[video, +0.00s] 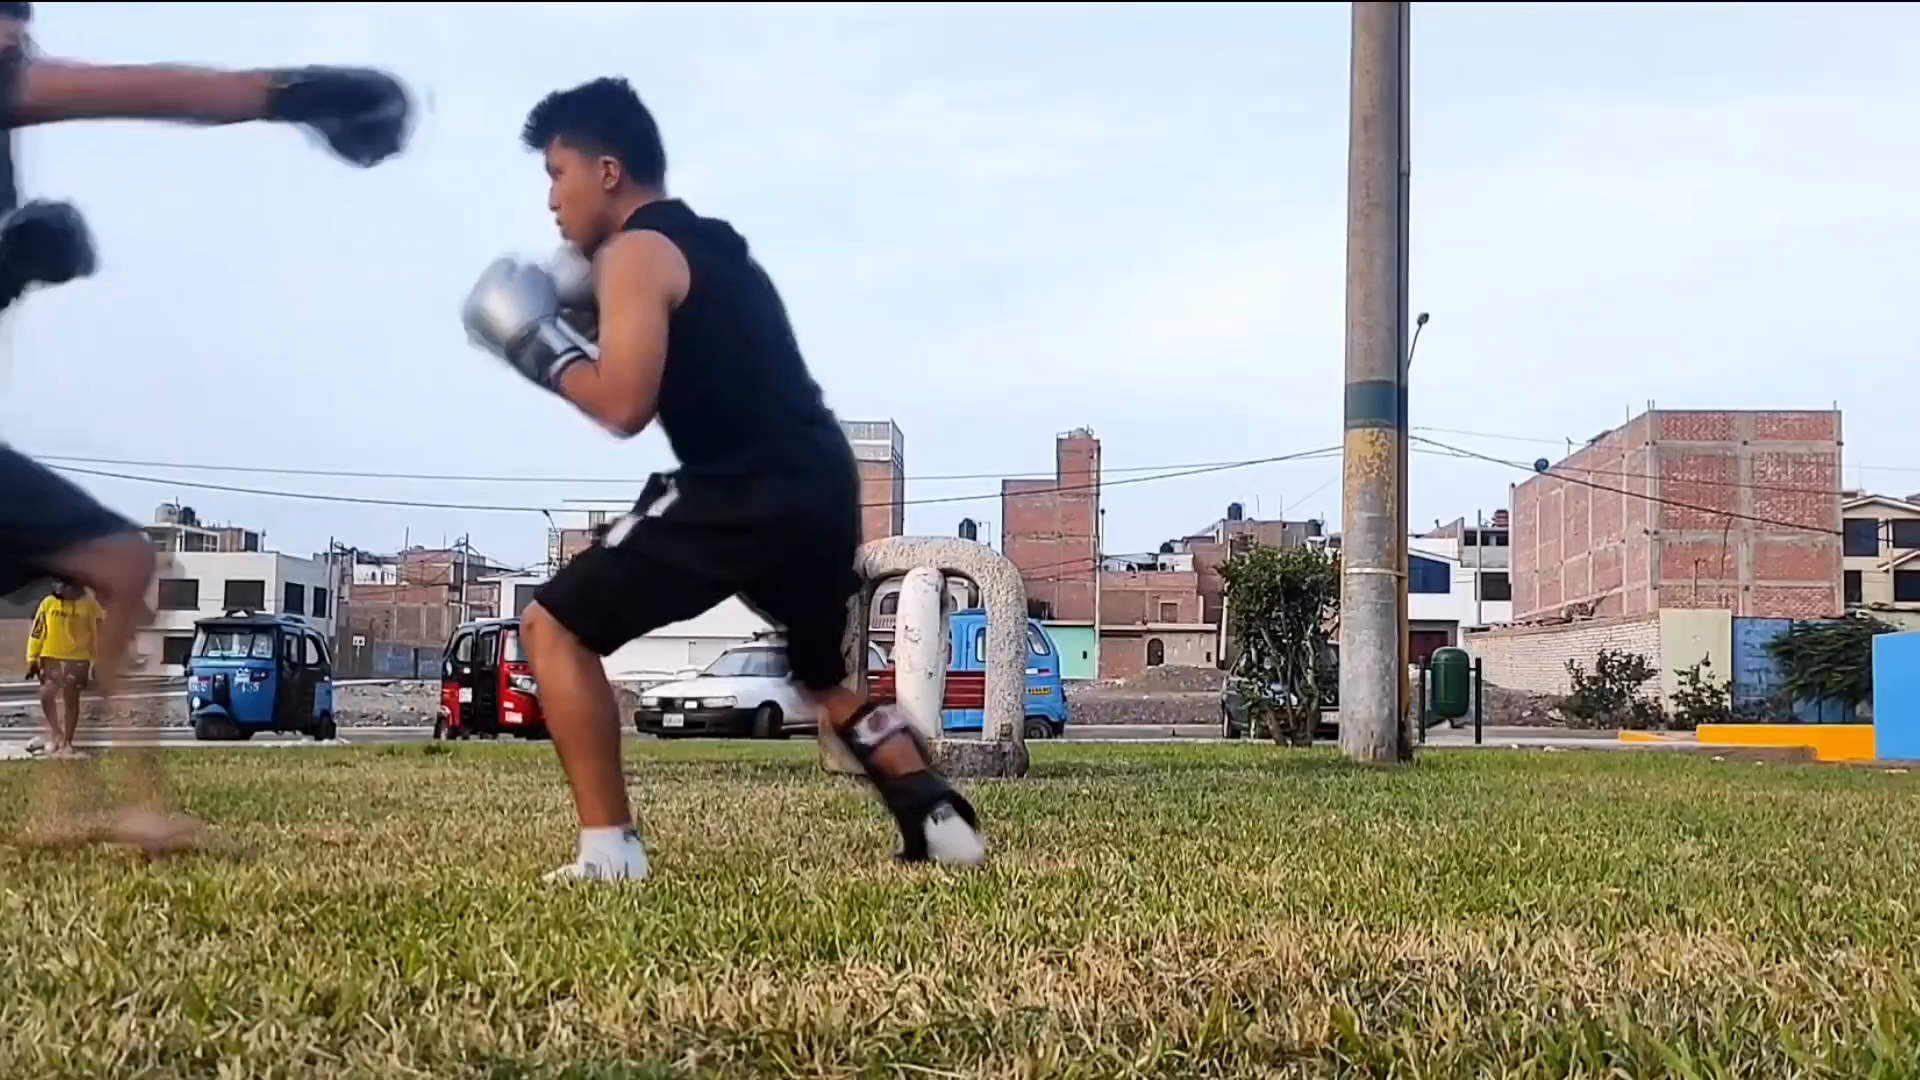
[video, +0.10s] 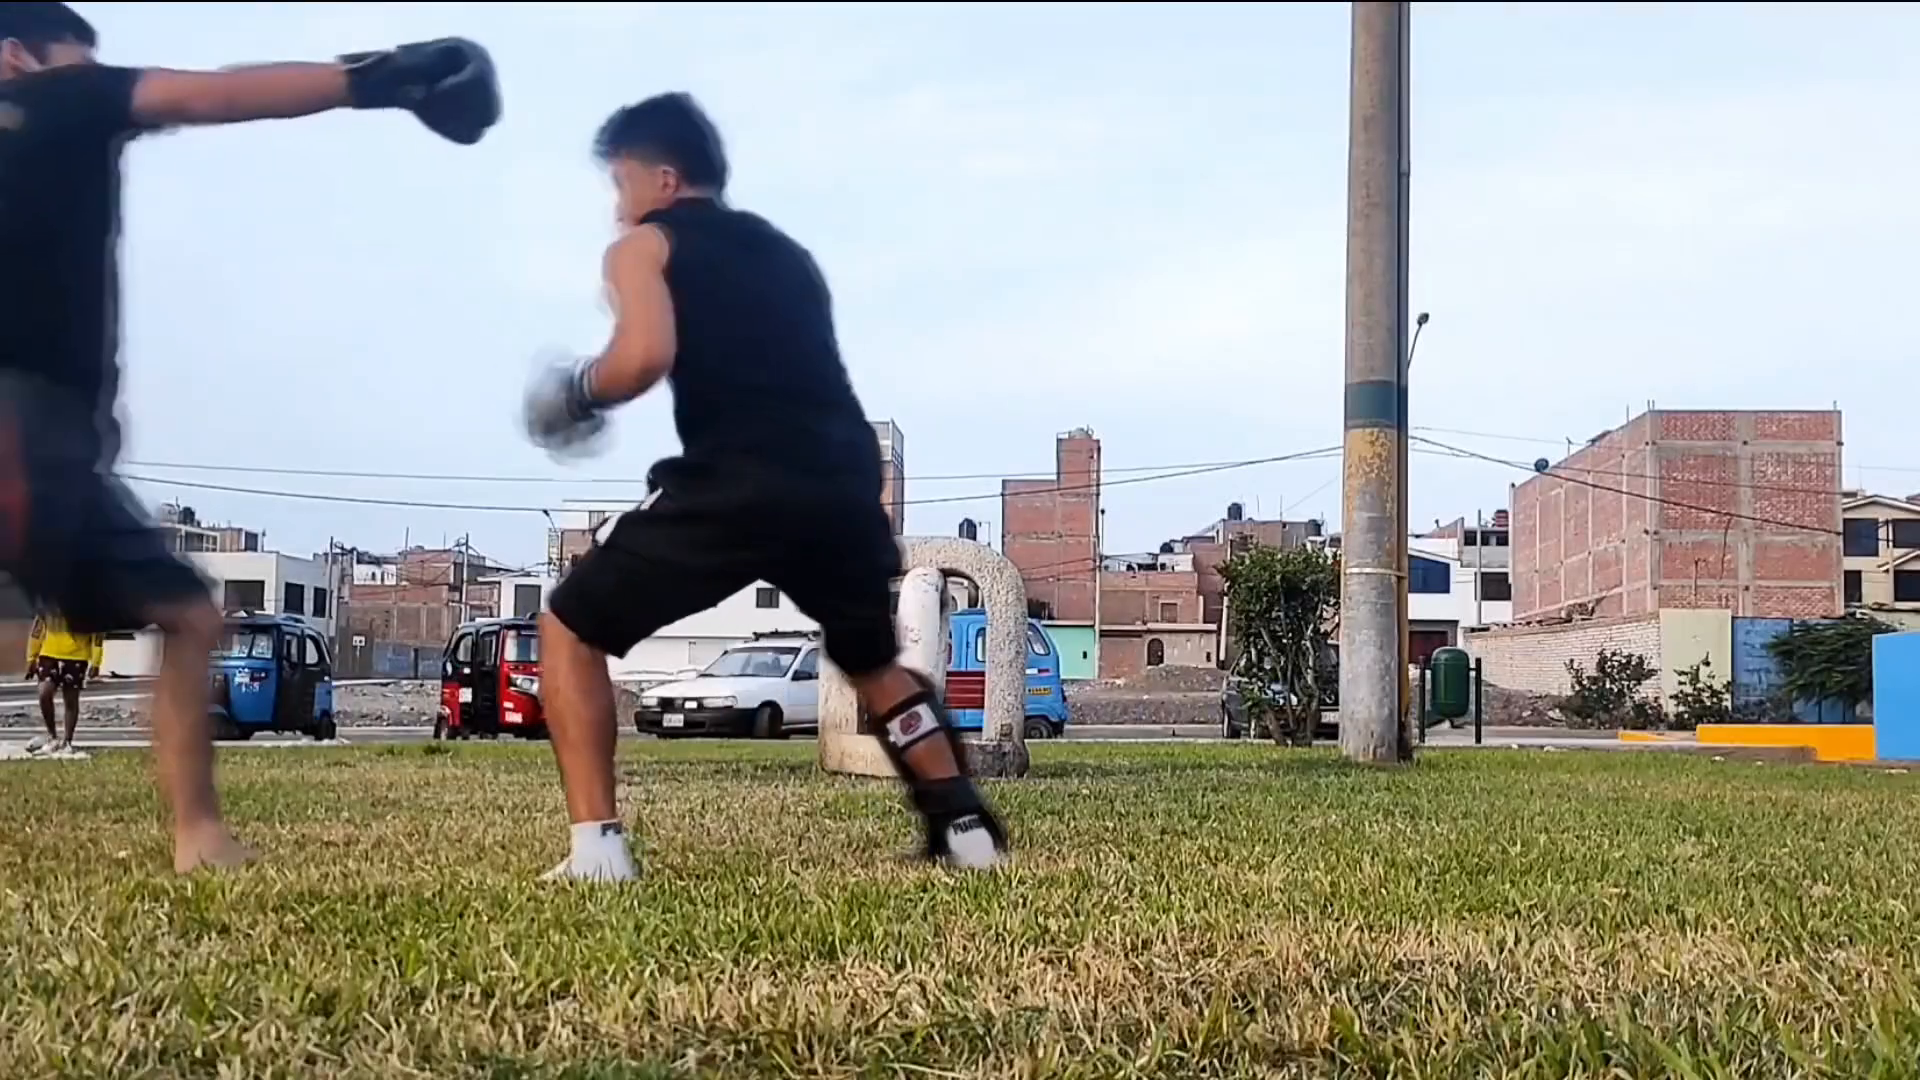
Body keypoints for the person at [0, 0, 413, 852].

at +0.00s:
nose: (23, 41)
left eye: (22, 29)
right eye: (17, 27)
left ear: (20, 39)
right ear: (4, 29)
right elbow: (133, 91)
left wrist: (12, 263)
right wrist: (295, 91)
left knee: (115, 566)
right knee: (121, 562)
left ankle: (65, 803)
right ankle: (144, 802)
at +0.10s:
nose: (93, 67)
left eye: (90, 54)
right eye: (79, 55)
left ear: (14, 59)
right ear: (20, 54)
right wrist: (378, 77)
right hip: (29, 440)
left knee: (188, 613)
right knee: (186, 611)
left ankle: (197, 837)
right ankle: (197, 838)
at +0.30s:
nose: (178, 130)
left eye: (181, 119)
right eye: (168, 117)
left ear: (67, 122)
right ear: (109, 105)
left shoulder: (10, 246)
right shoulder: (113, 146)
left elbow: (96, 394)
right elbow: (144, 147)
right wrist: (270, 154)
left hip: (160, 472)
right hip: (265, 397)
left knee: (189, 665)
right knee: (471, 503)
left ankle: (288, 851)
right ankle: (685, 555)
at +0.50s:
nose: (258, 113)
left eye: (257, 100)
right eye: (247, 96)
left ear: (153, 101)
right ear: (187, 83)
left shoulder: (96, 225)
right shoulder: (204, 124)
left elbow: (169, 390)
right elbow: (250, 166)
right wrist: (352, 197)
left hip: (236, 437)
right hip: (334, 368)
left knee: (291, 639)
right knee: (543, 498)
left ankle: (301, 850)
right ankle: (671, 643)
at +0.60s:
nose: (300, 80)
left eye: (297, 66)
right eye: (287, 61)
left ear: (204, 73)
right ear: (229, 58)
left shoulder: (146, 199)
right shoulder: (244, 110)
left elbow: (194, 344)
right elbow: (280, 157)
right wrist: (436, 194)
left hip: (253, 423)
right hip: (349, 377)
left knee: (302, 633)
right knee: (534, 547)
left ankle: (299, 849)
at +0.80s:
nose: (371, 84)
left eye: (362, 66)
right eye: (351, 64)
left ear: (279, 79)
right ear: (292, 71)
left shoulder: (230, 185)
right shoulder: (308, 142)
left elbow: (317, 291)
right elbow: (343, 236)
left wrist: (400, 221)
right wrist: (465, 195)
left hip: (267, 447)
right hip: (345, 435)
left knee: (353, 631)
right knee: (480, 615)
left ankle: (212, 791)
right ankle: (470, 844)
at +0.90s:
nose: (361, 67)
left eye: (355, 51)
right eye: (341, 47)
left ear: (283, 59)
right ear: (278, 56)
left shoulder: (293, 161)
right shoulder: (259, 131)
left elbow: (346, 322)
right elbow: (299, 245)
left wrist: (397, 244)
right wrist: (398, 180)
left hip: (270, 424)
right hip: (298, 416)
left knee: (340, 648)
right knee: (405, 610)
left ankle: (174, 824)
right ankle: (455, 843)